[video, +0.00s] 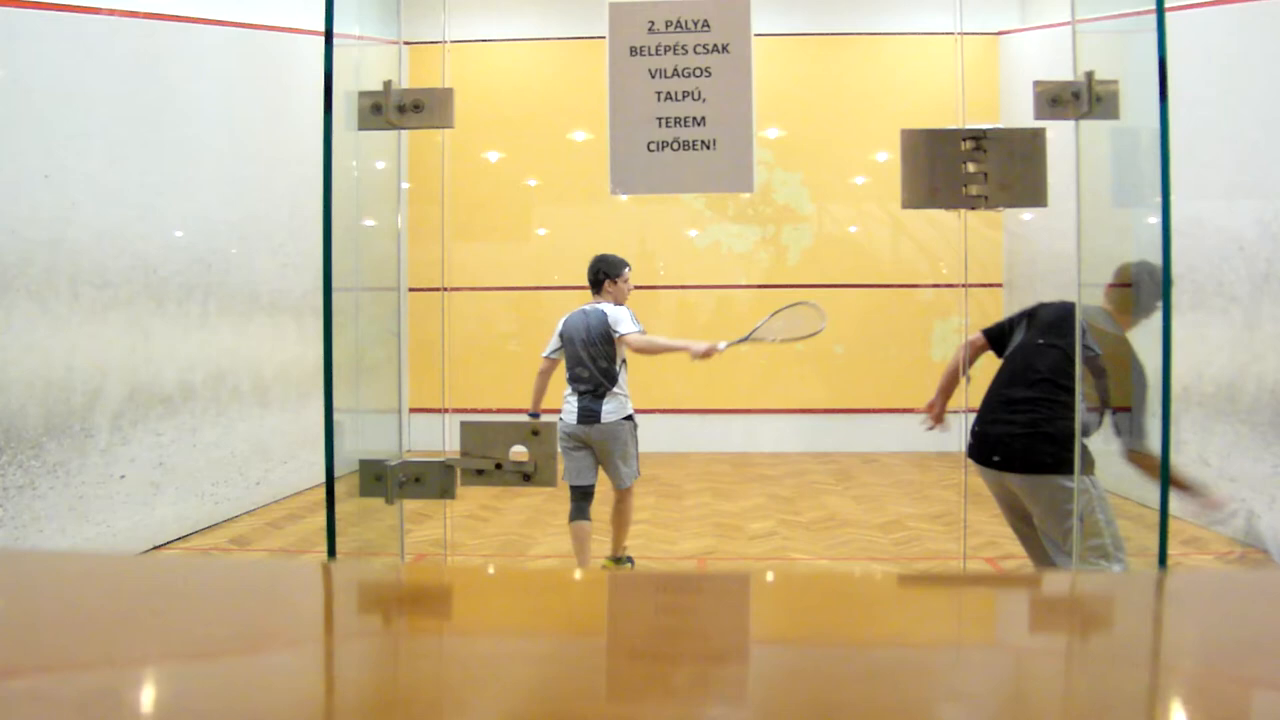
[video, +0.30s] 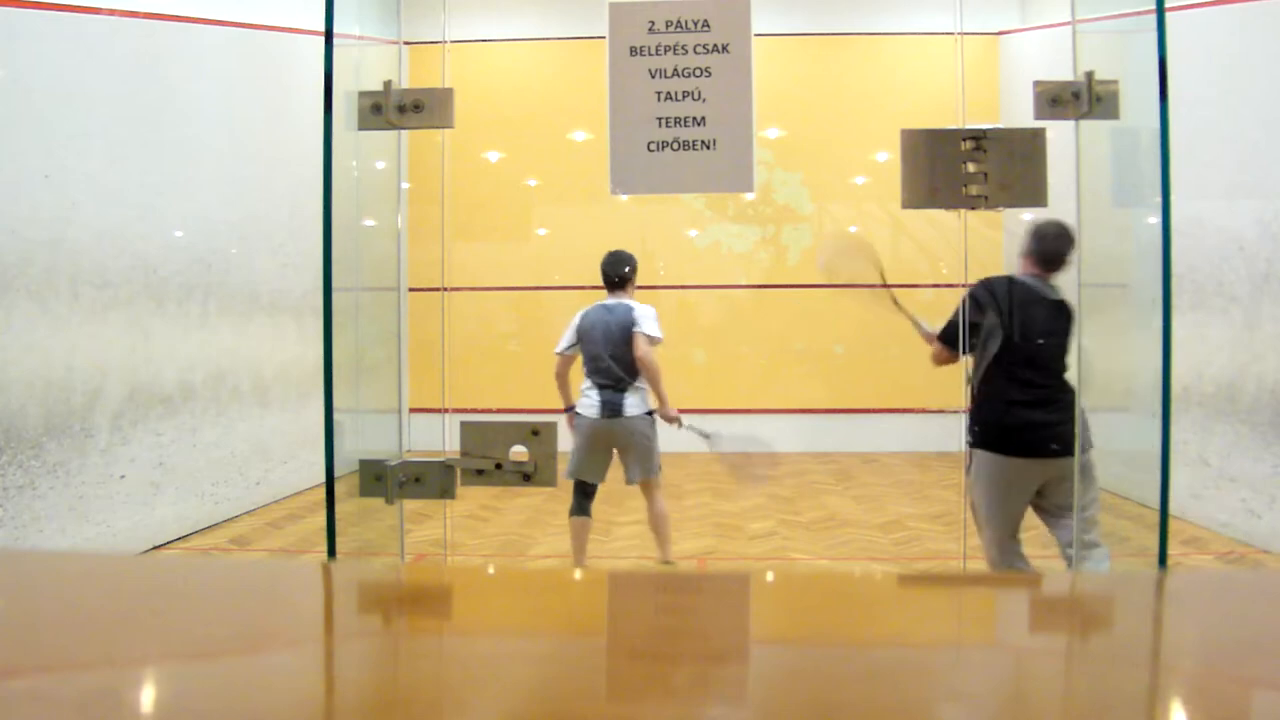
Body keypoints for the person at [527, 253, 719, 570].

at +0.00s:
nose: (630, 288)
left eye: (630, 281)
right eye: (627, 281)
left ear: (601, 285)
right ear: (609, 284)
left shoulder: (568, 320)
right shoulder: (617, 313)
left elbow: (545, 369)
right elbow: (636, 343)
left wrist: (534, 412)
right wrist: (690, 347)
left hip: (572, 421)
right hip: (612, 420)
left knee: (580, 496)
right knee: (623, 488)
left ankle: (582, 570)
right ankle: (617, 555)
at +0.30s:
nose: (635, 282)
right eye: (635, 278)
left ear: (604, 281)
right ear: (633, 280)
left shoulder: (583, 317)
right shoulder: (642, 312)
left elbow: (561, 370)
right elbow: (642, 355)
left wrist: (569, 409)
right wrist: (665, 405)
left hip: (591, 416)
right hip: (634, 416)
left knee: (583, 492)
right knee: (652, 489)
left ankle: (578, 567)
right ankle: (666, 559)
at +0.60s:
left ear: (603, 320)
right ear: (633, 319)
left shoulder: (586, 357)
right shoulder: (653, 356)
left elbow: (573, 414)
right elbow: (684, 406)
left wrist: (567, 457)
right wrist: (678, 446)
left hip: (604, 453)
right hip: (648, 450)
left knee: (566, 503)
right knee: (663, 510)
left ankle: (585, 574)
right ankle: (692, 567)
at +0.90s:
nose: (503, 289)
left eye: (504, 283)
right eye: (503, 283)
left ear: (512, 285)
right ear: (537, 284)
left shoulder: (523, 314)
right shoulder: (556, 318)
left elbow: (540, 363)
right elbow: (574, 373)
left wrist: (520, 416)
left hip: (569, 433)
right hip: (592, 429)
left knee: (533, 507)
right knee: (547, 505)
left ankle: (565, 578)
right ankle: (573, 574)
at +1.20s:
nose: (407, 299)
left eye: (412, 290)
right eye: (408, 290)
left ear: (431, 290)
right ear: (425, 292)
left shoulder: (478, 334)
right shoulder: (424, 348)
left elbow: (528, 387)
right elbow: (410, 406)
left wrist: (546, 443)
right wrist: (379, 435)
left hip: (496, 461)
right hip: (458, 462)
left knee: (464, 552)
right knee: (460, 553)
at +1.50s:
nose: (259, 313)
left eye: (263, 302)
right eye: (258, 303)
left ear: (285, 298)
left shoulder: (357, 329)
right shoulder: (283, 355)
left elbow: (345, 397)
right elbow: (237, 394)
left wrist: (264, 431)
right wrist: (249, 333)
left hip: (386, 499)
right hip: (327, 497)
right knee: (276, 583)